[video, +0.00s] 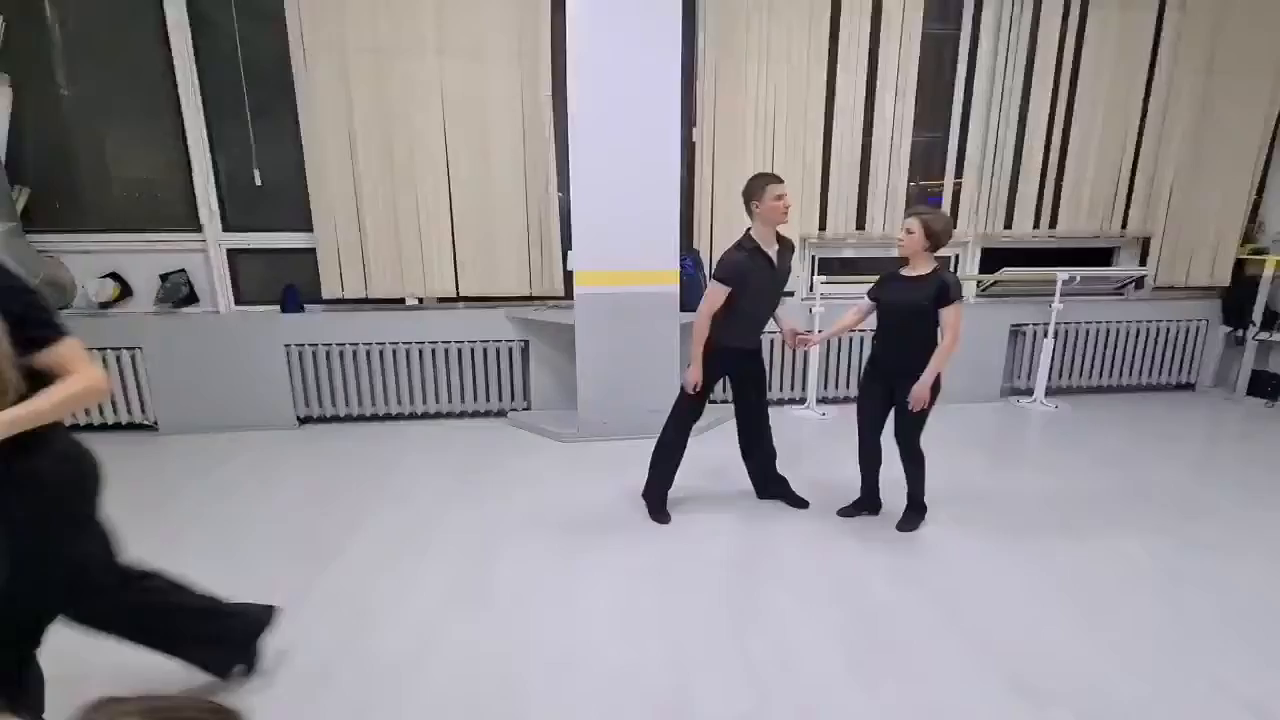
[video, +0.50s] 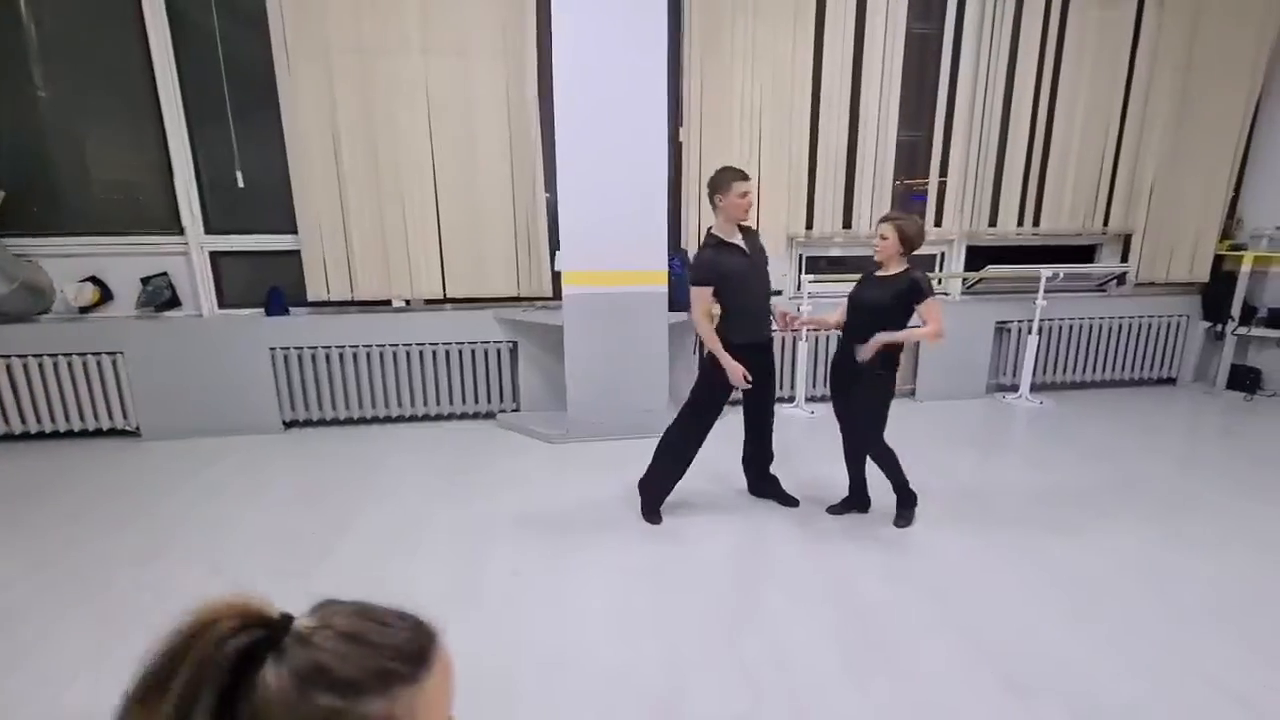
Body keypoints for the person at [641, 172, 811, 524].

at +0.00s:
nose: (787, 203)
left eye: (786, 197)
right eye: (778, 198)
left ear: (781, 204)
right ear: (756, 207)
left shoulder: (785, 248)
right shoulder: (736, 259)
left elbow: (769, 294)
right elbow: (703, 313)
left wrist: (786, 325)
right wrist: (695, 365)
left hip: (748, 349)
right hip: (714, 349)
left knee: (755, 418)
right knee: (683, 418)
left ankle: (768, 484)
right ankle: (655, 491)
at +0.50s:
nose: (750, 202)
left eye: (751, 196)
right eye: (742, 196)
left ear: (748, 199)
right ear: (719, 200)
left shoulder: (752, 241)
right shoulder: (708, 256)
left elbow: (753, 295)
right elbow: (700, 317)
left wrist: (777, 311)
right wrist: (724, 360)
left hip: (759, 347)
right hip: (725, 351)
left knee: (760, 419)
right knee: (694, 423)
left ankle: (760, 480)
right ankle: (652, 489)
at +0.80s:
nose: (720, 219)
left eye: (721, 212)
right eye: (715, 212)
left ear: (702, 214)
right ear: (693, 212)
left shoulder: (712, 251)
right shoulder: (665, 264)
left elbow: (733, 293)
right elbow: (657, 324)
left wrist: (771, 299)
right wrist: (684, 369)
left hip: (739, 349)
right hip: (708, 358)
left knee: (756, 415)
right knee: (692, 431)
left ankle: (762, 481)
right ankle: (644, 491)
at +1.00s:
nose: (698, 222)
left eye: (699, 216)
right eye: (692, 215)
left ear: (675, 217)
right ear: (669, 215)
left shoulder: (686, 260)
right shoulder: (636, 260)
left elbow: (727, 293)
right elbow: (614, 316)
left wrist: (775, 300)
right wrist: (635, 366)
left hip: (688, 356)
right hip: (657, 362)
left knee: (722, 417)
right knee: (664, 437)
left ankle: (755, 481)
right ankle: (637, 497)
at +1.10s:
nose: (690, 220)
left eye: (690, 213)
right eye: (684, 213)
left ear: (667, 215)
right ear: (661, 213)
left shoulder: (678, 258)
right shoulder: (628, 257)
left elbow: (722, 292)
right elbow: (597, 308)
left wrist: (774, 301)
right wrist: (604, 362)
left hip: (662, 356)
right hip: (632, 359)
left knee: (703, 415)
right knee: (651, 435)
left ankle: (728, 491)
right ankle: (631, 497)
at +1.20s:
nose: (685, 216)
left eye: (686, 209)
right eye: (679, 209)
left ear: (669, 211)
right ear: (655, 209)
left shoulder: (673, 255)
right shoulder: (622, 253)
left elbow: (717, 292)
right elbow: (588, 299)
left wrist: (768, 300)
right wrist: (572, 347)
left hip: (643, 351)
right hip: (613, 354)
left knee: (675, 422)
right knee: (632, 430)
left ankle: (685, 502)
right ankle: (621, 499)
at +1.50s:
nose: (666, 218)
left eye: (667, 211)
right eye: (659, 211)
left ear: (647, 214)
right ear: (636, 213)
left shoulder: (659, 255)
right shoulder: (609, 255)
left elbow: (695, 294)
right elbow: (579, 299)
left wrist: (750, 301)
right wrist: (585, 340)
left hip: (636, 350)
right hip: (605, 353)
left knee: (672, 412)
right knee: (621, 428)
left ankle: (671, 490)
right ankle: (613, 502)